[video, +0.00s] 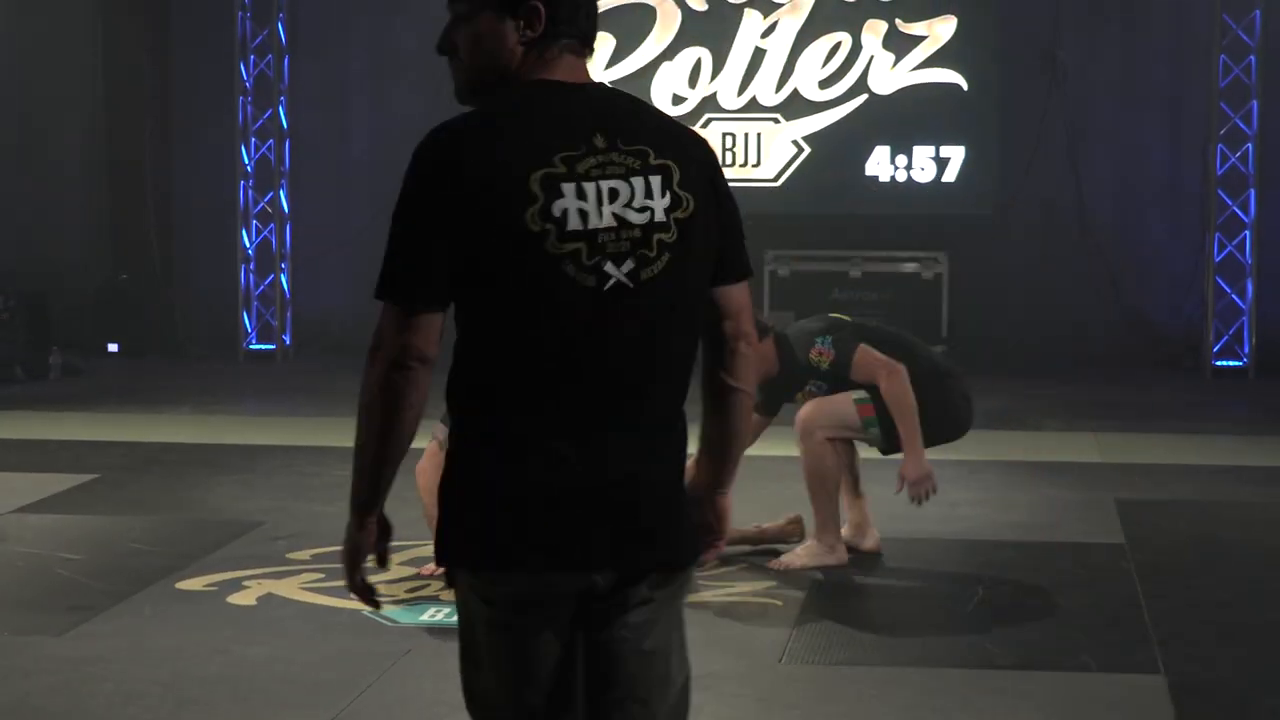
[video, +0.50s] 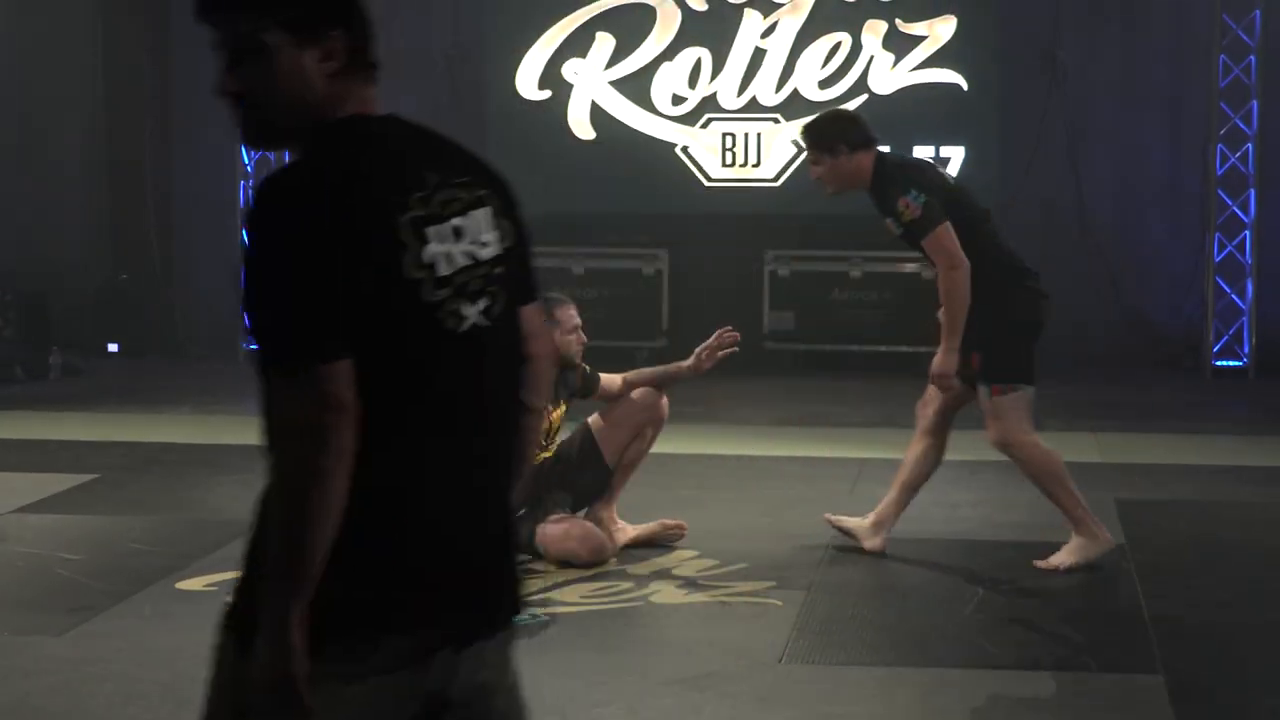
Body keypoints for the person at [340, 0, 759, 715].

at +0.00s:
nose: (443, 47)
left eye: (459, 23)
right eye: (447, 27)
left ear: (527, 22)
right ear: (578, 32)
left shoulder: (458, 151)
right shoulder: (684, 148)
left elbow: (409, 349)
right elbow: (737, 336)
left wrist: (368, 503)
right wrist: (712, 482)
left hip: (508, 507)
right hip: (646, 502)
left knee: (517, 704)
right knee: (646, 705)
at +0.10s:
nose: (426, 37)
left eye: (446, 14)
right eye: (432, 17)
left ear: (518, 17)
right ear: (536, 22)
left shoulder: (457, 144)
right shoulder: (659, 147)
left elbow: (423, 344)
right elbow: (713, 328)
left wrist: (360, 517)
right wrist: (687, 476)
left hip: (489, 510)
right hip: (627, 504)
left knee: (493, 704)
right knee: (620, 704)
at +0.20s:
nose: (399, 38)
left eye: (419, 14)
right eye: (403, 17)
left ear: (494, 16)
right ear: (502, 21)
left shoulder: (441, 144)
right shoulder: (632, 145)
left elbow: (428, 346)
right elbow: (687, 328)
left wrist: (370, 529)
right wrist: (663, 477)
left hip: (467, 529)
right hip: (604, 523)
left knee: (431, 705)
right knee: (592, 708)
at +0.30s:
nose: (360, 45)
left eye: (381, 20)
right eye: (364, 23)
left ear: (457, 20)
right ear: (466, 22)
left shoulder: (410, 155)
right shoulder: (595, 146)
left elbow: (414, 358)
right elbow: (657, 335)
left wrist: (373, 549)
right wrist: (633, 484)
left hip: (445, 544)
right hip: (578, 532)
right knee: (571, 706)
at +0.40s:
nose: (300, 64)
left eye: (322, 37)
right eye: (300, 43)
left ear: (401, 34)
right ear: (408, 36)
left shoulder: (358, 181)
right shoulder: (542, 155)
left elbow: (383, 388)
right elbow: (605, 355)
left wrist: (349, 583)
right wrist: (578, 502)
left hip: (404, 575)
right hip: (539, 556)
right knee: (541, 706)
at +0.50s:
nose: (227, 83)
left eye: (247, 55)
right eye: (228, 60)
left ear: (326, 52)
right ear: (338, 55)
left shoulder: (294, 200)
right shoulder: (466, 171)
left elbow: (320, 423)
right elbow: (537, 353)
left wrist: (278, 617)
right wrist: (496, 503)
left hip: (344, 602)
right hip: (472, 578)